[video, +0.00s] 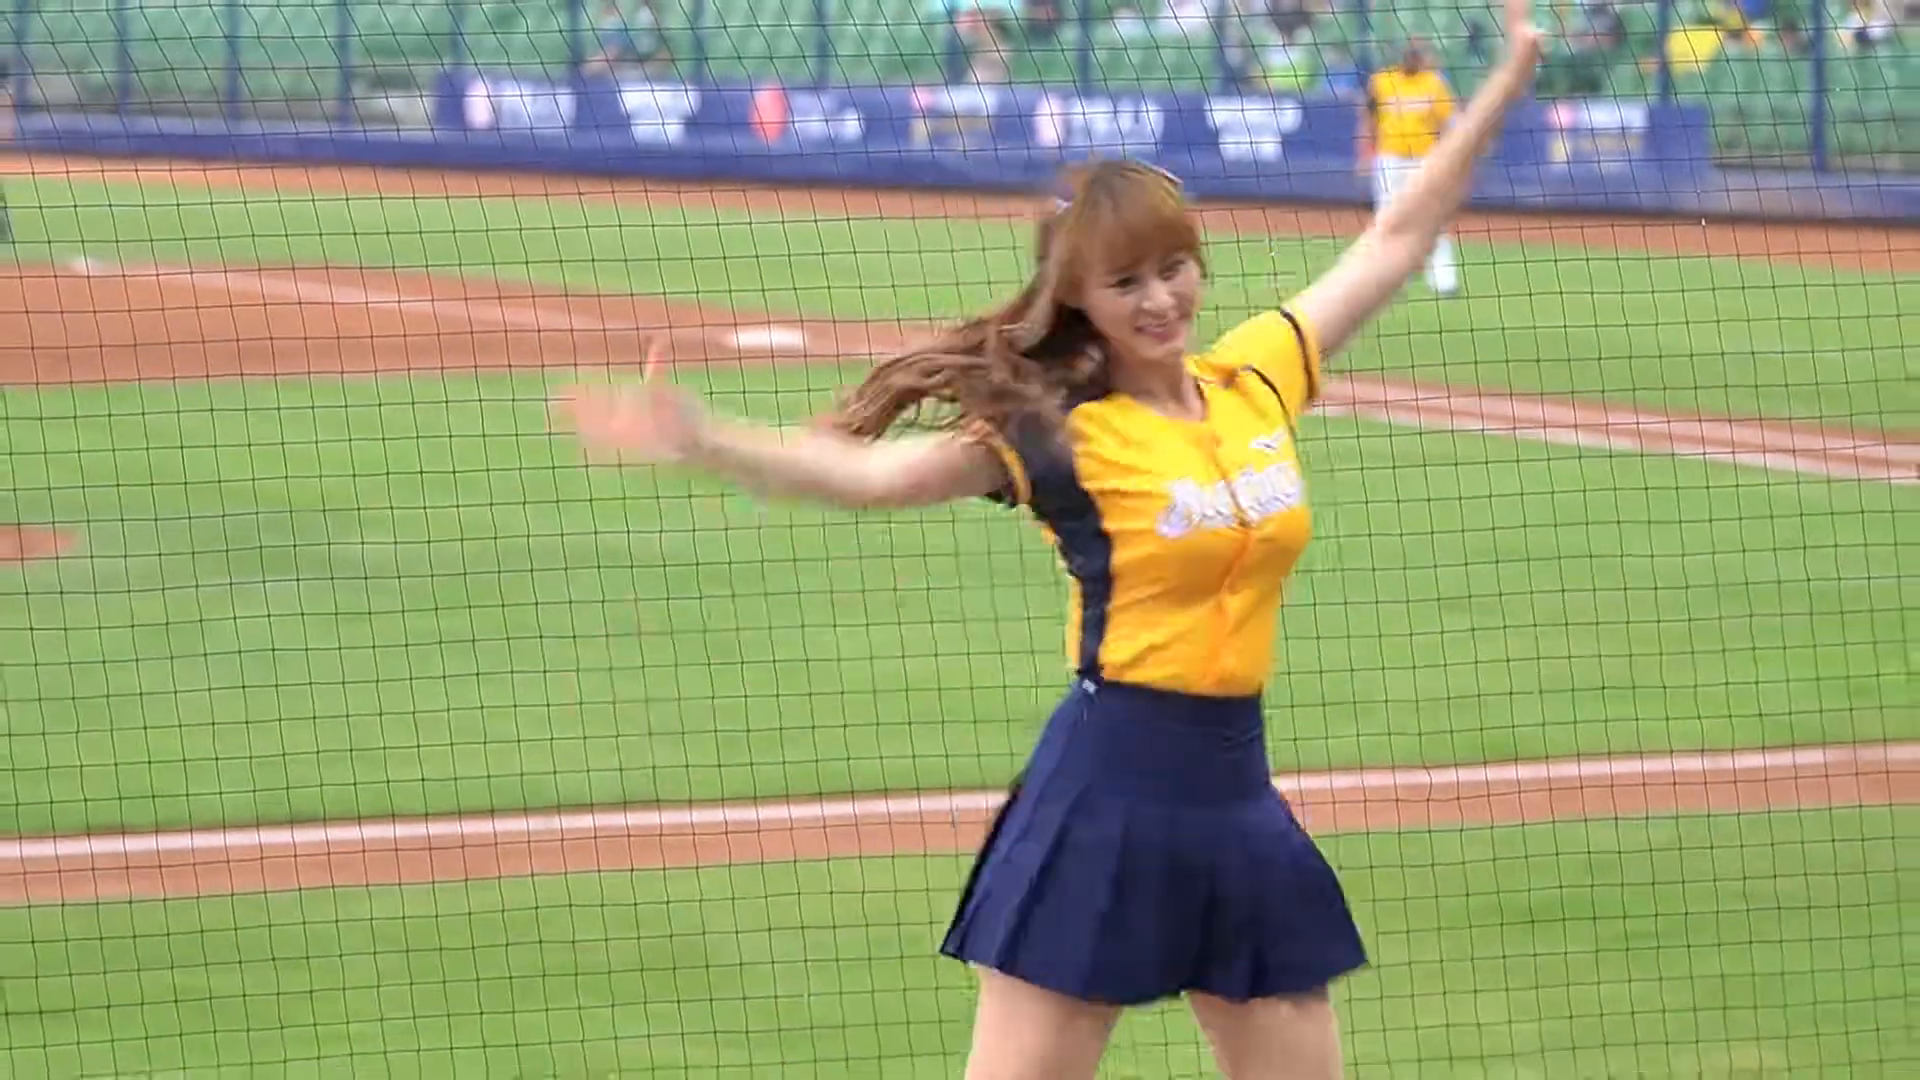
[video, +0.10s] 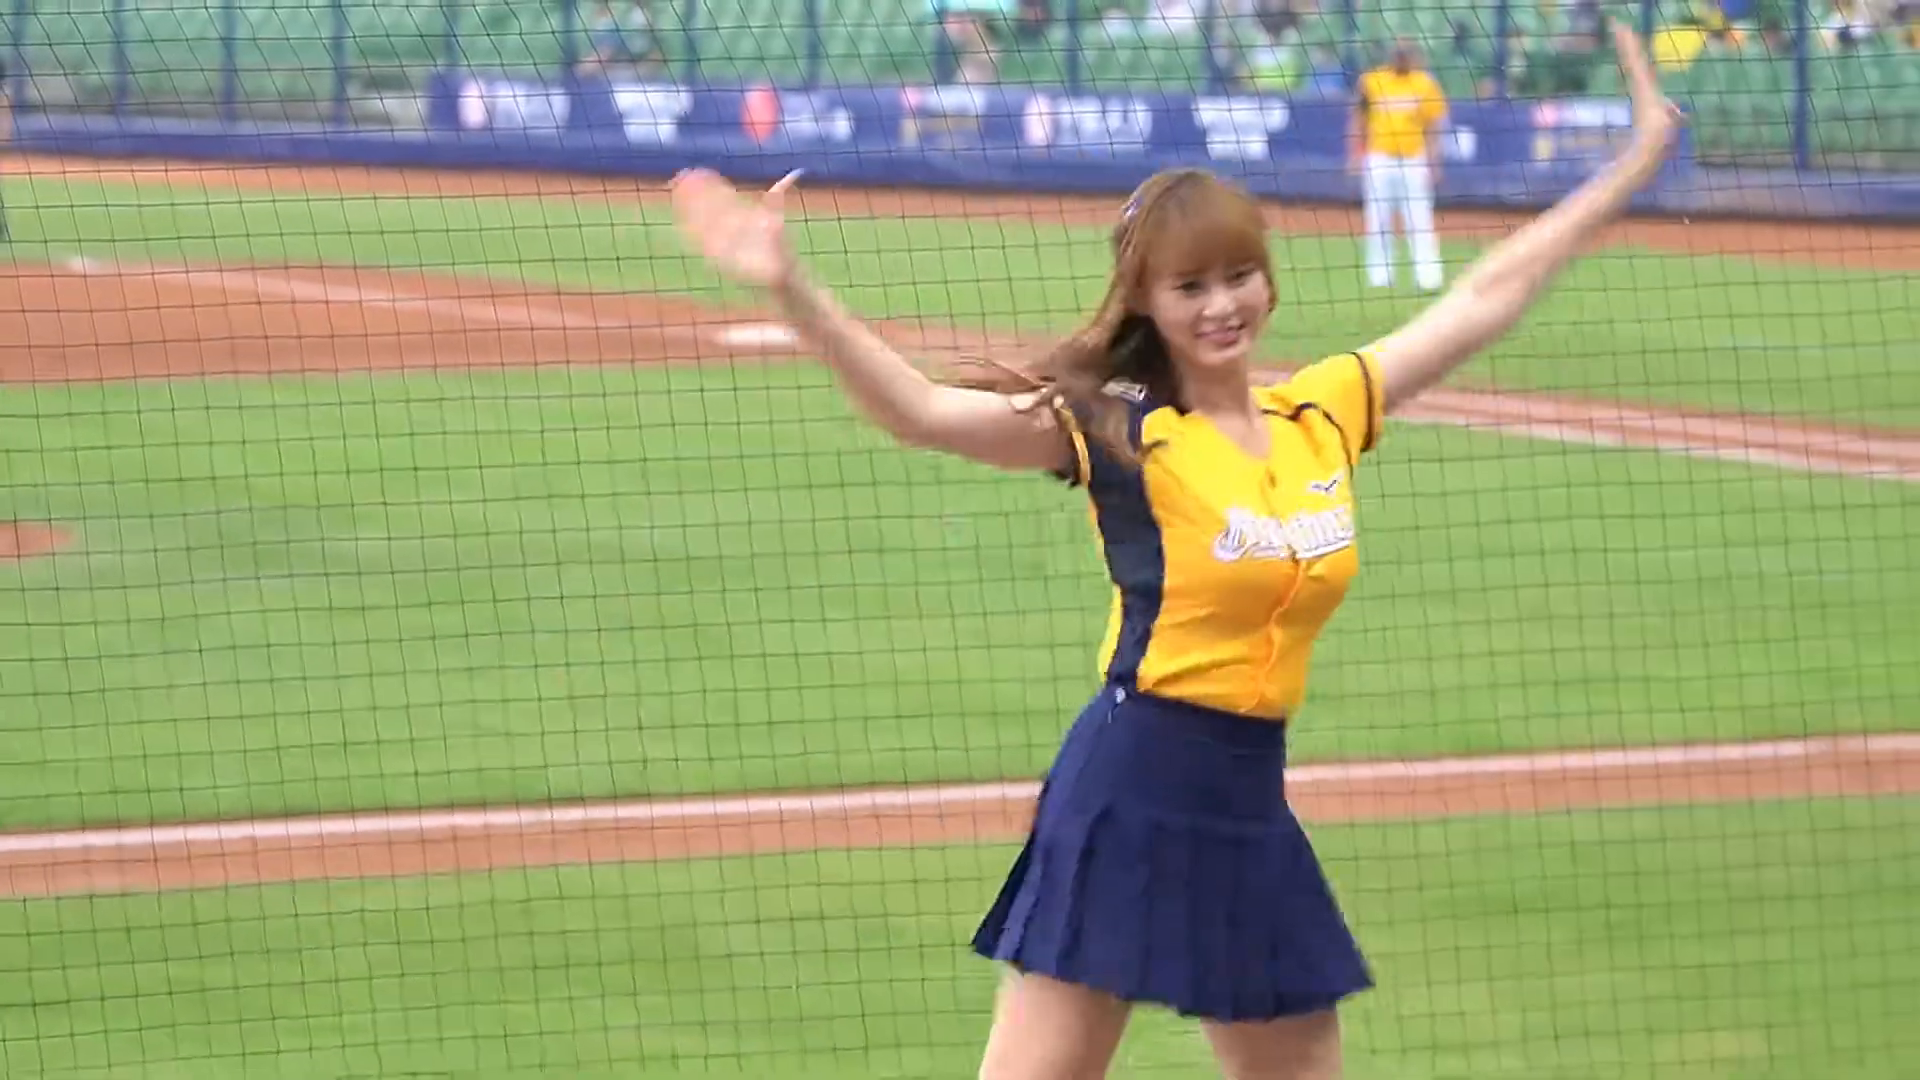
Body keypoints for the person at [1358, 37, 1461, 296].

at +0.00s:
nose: (1413, 61)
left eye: (1418, 56)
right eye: (1409, 55)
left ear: (1425, 59)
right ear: (1402, 57)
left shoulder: (1433, 83)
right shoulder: (1380, 82)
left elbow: (1451, 118)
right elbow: (1367, 118)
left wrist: (1458, 149)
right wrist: (1366, 154)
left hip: (1428, 157)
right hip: (1390, 158)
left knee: (1435, 216)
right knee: (1389, 217)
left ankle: (1443, 275)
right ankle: (1388, 271)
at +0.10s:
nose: (1402, 61)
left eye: (1407, 55)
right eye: (1398, 55)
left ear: (1415, 58)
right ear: (1391, 57)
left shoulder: (1424, 84)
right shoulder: (1370, 82)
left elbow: (1434, 126)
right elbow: (1357, 118)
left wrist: (1434, 163)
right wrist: (1355, 155)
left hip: (1414, 157)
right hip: (1379, 157)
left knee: (1420, 217)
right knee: (1378, 217)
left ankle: (1428, 274)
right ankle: (1379, 272)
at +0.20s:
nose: (1388, 61)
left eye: (1392, 55)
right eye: (1383, 56)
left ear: (1400, 56)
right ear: (1376, 57)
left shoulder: (1411, 81)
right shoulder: (1358, 80)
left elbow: (1423, 123)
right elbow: (1341, 117)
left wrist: (1421, 160)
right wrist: (1341, 151)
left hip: (1400, 155)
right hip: (1365, 154)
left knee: (1404, 214)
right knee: (1362, 214)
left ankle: (1410, 270)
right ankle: (1361, 269)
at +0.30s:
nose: (1373, 60)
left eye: (1378, 55)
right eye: (1369, 55)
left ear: (1386, 56)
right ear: (1363, 55)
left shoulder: (1397, 80)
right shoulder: (1347, 77)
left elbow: (1408, 124)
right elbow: (1329, 108)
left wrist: (1407, 159)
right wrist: (1334, 145)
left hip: (1386, 154)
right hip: (1352, 153)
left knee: (1390, 214)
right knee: (1350, 213)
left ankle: (1394, 270)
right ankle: (1349, 268)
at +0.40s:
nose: (1367, 55)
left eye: (1371, 50)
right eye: (1363, 50)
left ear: (1378, 51)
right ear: (1356, 50)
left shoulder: (1389, 76)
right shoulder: (1337, 74)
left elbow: (1399, 117)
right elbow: (1326, 111)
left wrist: (1399, 153)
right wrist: (1324, 147)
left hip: (1380, 153)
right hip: (1344, 152)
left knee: (1379, 213)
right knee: (1335, 211)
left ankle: (1381, 269)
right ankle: (1328, 268)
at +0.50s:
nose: (1366, 59)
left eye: (1370, 53)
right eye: (1361, 53)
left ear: (1378, 55)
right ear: (1354, 54)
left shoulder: (1391, 78)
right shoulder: (1340, 77)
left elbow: (1402, 119)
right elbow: (1330, 110)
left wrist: (1400, 156)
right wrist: (1331, 145)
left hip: (1382, 155)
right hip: (1346, 153)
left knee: (1379, 215)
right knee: (1337, 213)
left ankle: (1379, 270)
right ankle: (1335, 266)